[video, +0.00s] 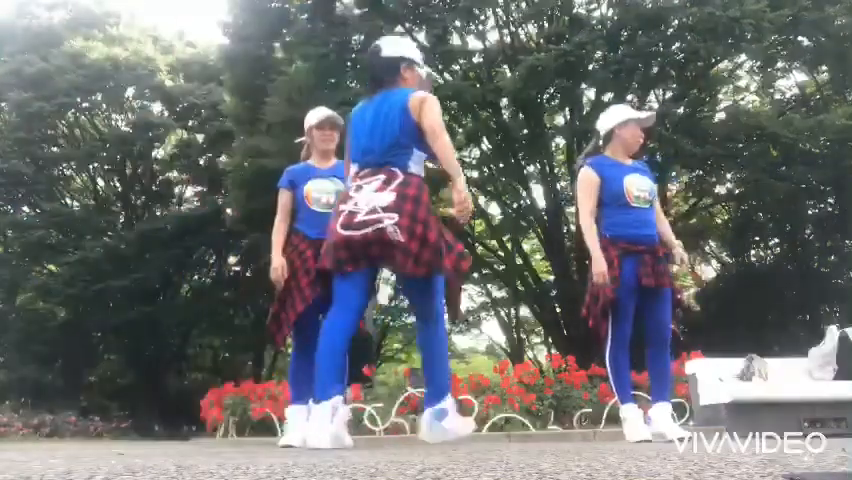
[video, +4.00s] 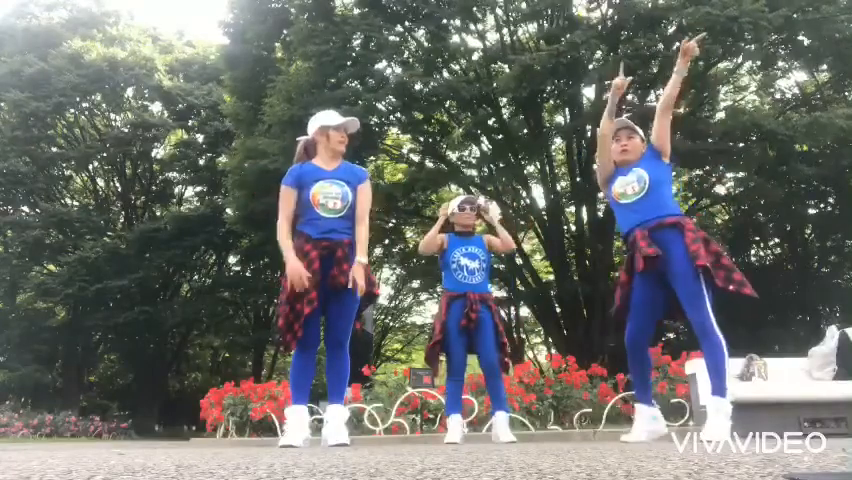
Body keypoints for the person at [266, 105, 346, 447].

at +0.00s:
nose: (328, 134)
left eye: (333, 129)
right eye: (321, 128)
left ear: (340, 134)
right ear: (309, 133)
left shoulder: (350, 171)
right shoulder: (294, 173)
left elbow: (359, 211)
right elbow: (282, 218)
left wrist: (357, 250)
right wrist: (277, 256)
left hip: (339, 251)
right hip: (303, 250)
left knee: (337, 328)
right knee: (304, 331)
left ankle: (332, 411)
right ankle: (298, 413)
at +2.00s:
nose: (349, 143)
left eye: (349, 138)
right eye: (343, 137)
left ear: (341, 141)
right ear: (326, 139)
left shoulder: (356, 182)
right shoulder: (299, 174)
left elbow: (364, 226)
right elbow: (281, 219)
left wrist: (370, 261)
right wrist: (286, 260)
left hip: (349, 257)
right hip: (309, 255)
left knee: (339, 338)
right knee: (306, 338)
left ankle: (336, 417)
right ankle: (297, 418)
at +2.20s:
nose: (347, 141)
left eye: (348, 137)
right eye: (341, 135)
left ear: (341, 142)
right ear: (322, 138)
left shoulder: (355, 179)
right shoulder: (299, 173)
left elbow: (377, 218)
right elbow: (257, 203)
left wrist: (379, 243)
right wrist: (284, 226)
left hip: (347, 259)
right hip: (309, 257)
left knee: (339, 340)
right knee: (305, 339)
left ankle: (336, 419)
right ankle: (297, 419)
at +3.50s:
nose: (340, 137)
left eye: (343, 132)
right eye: (333, 131)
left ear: (347, 137)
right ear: (317, 136)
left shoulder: (359, 167)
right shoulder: (299, 162)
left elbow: (391, 184)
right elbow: (251, 167)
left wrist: (374, 195)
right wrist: (278, 181)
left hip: (346, 255)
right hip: (308, 253)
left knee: (338, 339)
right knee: (305, 338)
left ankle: (336, 420)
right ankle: (298, 420)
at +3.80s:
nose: (336, 138)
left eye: (340, 133)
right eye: (330, 133)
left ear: (346, 138)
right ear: (315, 138)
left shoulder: (355, 168)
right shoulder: (302, 168)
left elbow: (391, 184)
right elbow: (271, 183)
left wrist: (361, 200)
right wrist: (308, 181)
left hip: (345, 254)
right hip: (307, 254)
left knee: (338, 340)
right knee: (305, 340)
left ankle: (335, 420)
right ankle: (297, 420)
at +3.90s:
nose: (343, 135)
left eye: (344, 131)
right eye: (336, 130)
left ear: (343, 138)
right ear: (319, 136)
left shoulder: (357, 174)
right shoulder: (297, 173)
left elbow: (369, 211)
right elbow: (287, 214)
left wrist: (359, 237)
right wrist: (302, 220)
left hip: (347, 259)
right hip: (310, 259)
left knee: (339, 341)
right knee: (306, 340)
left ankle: (336, 417)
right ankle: (297, 417)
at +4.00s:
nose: (345, 135)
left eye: (346, 131)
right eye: (338, 130)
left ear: (344, 137)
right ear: (320, 135)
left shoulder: (358, 175)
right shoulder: (297, 173)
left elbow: (362, 221)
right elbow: (284, 223)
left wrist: (360, 261)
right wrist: (291, 260)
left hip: (345, 257)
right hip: (307, 256)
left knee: (339, 341)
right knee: (306, 341)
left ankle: (336, 418)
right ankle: (297, 419)